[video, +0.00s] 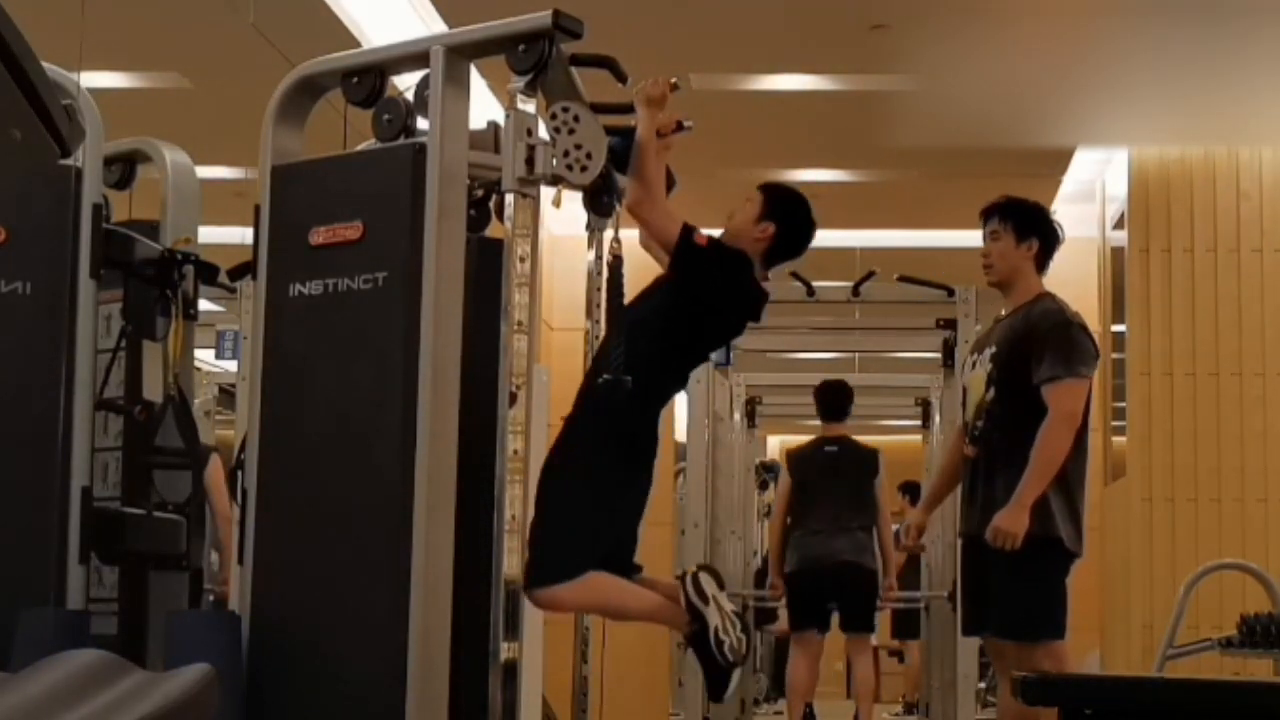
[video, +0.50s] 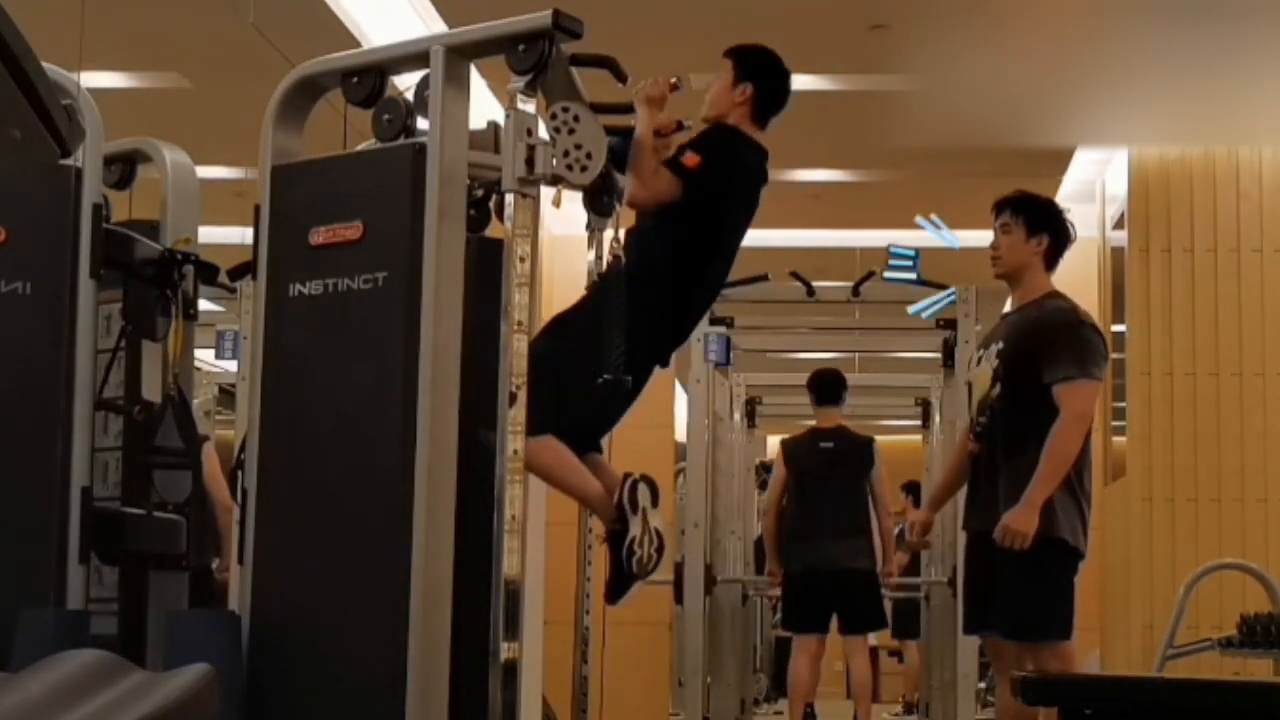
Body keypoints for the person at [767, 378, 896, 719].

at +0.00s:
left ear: (817, 409)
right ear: (850, 409)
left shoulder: (794, 457)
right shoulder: (870, 457)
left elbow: (778, 518)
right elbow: (883, 519)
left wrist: (774, 569)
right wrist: (890, 571)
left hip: (807, 566)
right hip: (857, 566)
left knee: (804, 647)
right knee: (860, 647)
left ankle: (797, 715)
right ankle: (864, 714)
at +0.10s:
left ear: (815, 399)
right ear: (848, 398)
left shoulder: (794, 449)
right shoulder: (869, 449)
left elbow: (774, 512)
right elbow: (886, 513)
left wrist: (773, 563)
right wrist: (891, 566)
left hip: (808, 564)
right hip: (856, 563)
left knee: (806, 648)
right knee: (859, 650)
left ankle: (798, 715)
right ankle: (863, 715)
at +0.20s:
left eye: (818, 394)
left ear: (814, 398)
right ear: (847, 397)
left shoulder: (792, 447)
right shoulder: (869, 446)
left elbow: (771, 509)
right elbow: (887, 510)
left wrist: (772, 561)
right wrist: (891, 559)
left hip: (807, 567)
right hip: (857, 565)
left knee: (805, 650)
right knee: (859, 650)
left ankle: (797, 716)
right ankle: (864, 715)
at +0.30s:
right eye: (842, 396)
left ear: (812, 399)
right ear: (846, 398)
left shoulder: (791, 447)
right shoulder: (867, 446)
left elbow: (771, 508)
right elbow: (885, 511)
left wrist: (772, 560)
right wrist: (890, 559)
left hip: (807, 568)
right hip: (857, 567)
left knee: (805, 651)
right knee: (859, 651)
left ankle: (797, 715)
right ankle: (864, 715)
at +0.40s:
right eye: (840, 396)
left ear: (811, 399)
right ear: (845, 398)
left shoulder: (790, 448)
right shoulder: (866, 447)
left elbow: (771, 508)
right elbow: (884, 510)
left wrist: (772, 559)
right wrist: (890, 559)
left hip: (806, 568)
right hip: (855, 567)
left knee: (805, 649)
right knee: (858, 650)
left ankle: (797, 716)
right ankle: (864, 715)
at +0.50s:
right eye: (841, 396)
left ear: (811, 399)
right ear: (845, 398)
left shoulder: (790, 448)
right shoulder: (866, 447)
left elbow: (770, 509)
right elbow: (884, 510)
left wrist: (772, 560)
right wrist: (889, 558)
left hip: (805, 567)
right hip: (854, 566)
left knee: (805, 649)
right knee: (857, 649)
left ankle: (797, 715)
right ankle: (864, 714)